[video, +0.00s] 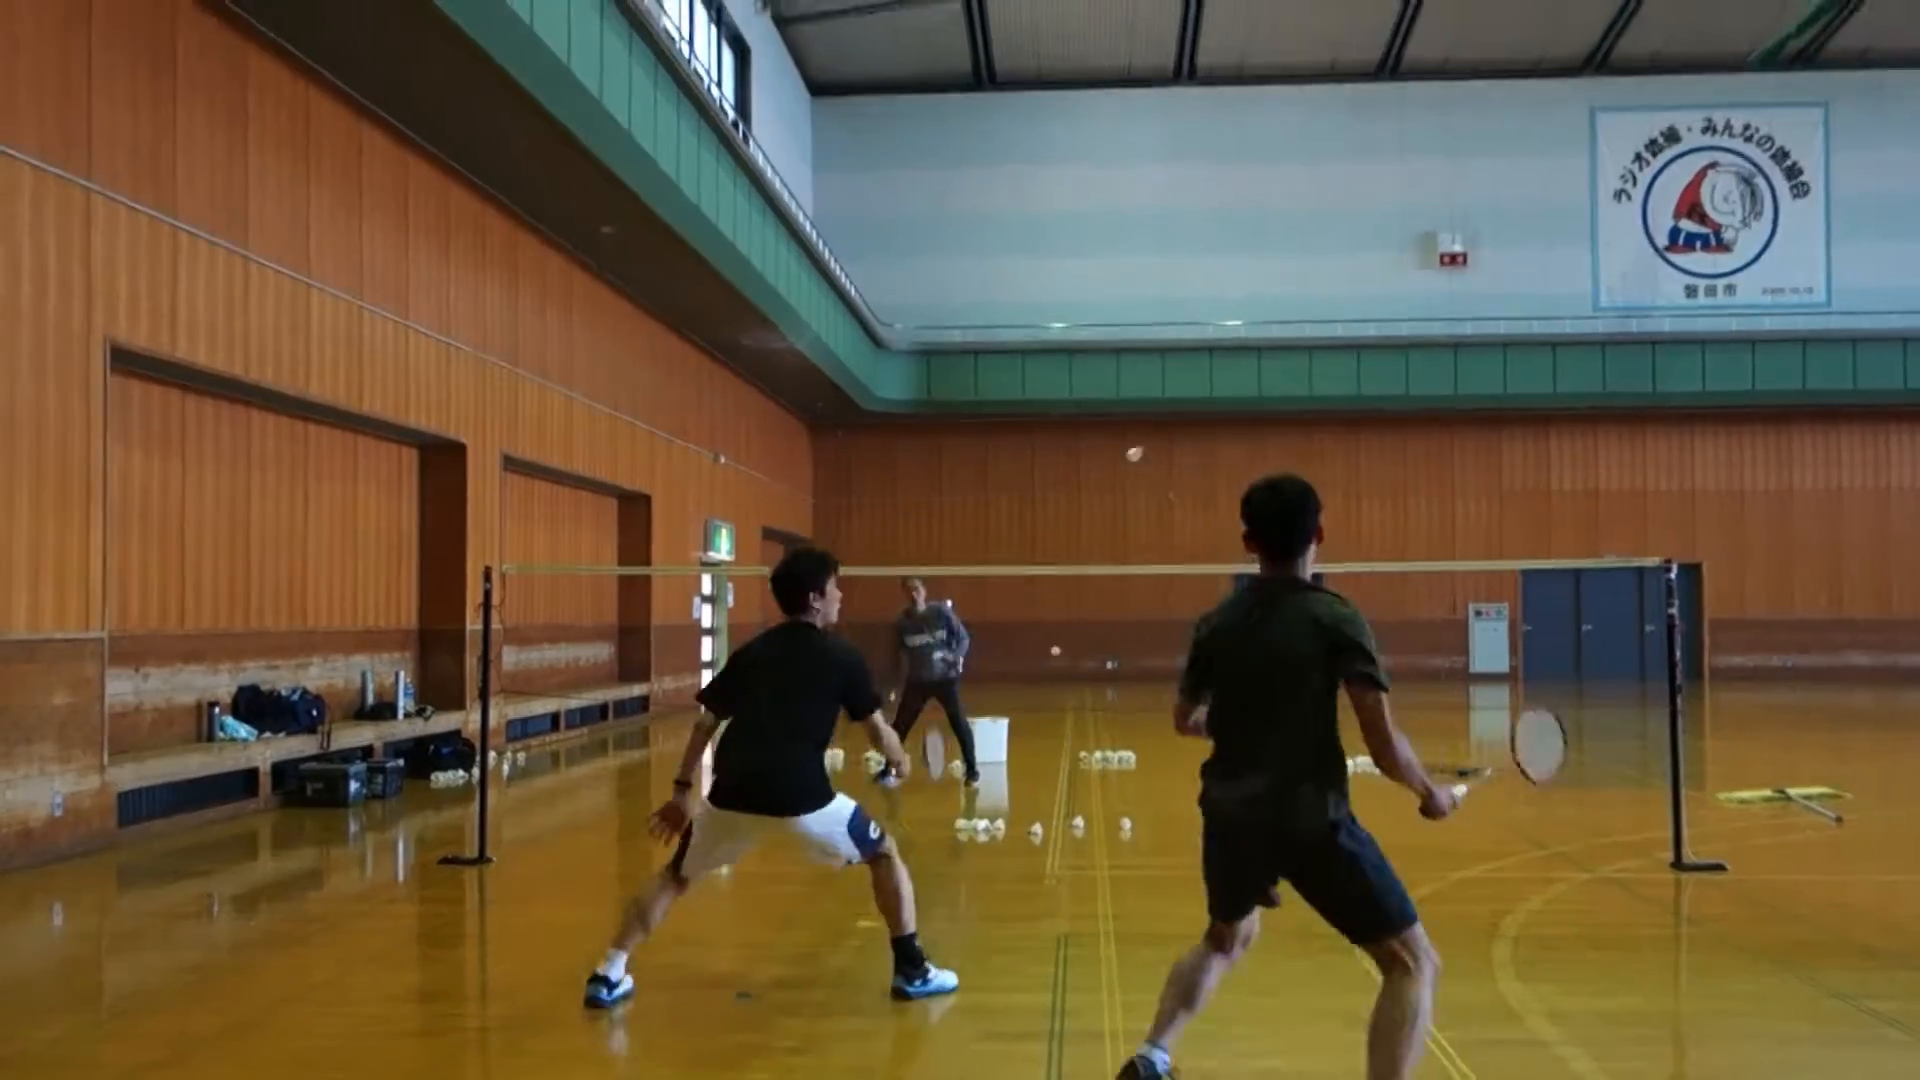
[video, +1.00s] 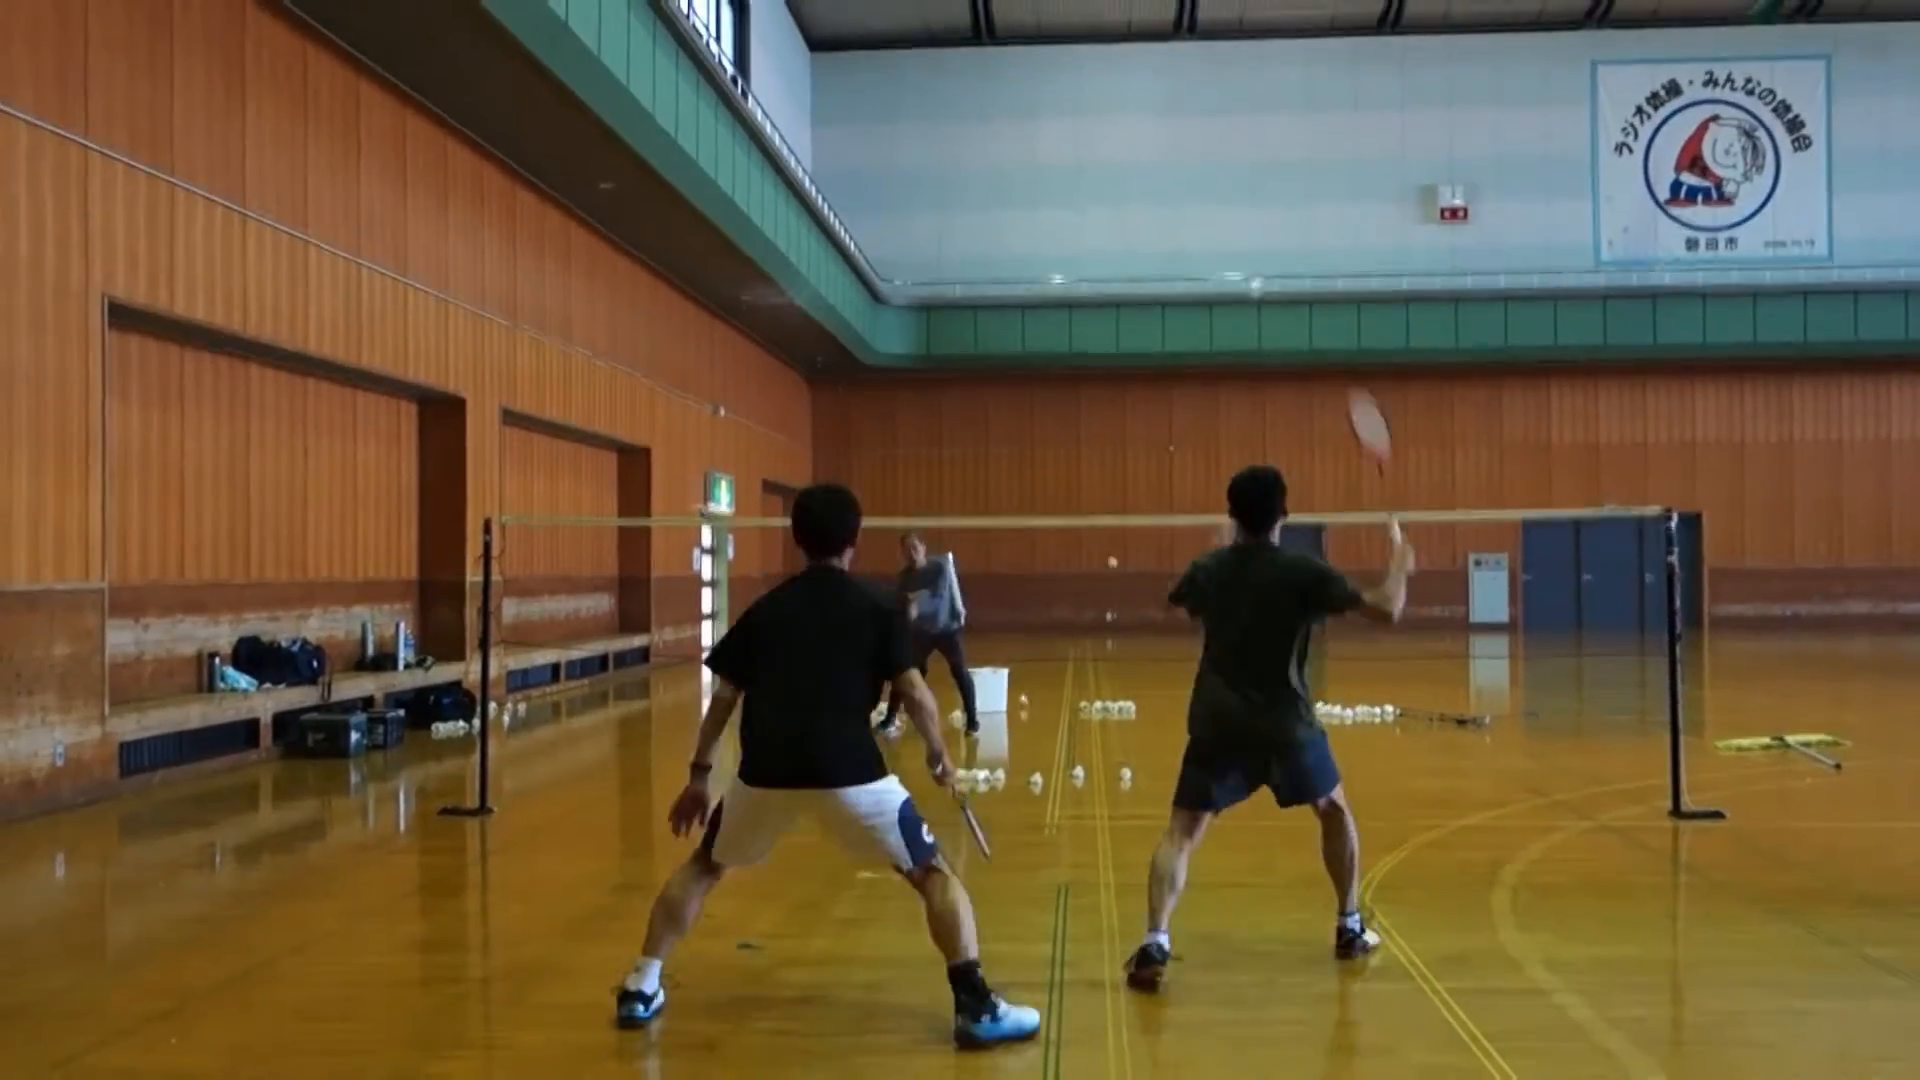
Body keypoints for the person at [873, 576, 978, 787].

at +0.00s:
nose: (914, 595)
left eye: (916, 589)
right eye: (910, 591)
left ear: (924, 590)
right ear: (905, 594)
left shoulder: (941, 612)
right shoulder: (903, 622)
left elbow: (963, 637)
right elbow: (901, 656)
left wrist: (958, 658)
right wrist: (898, 686)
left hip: (944, 678)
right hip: (917, 681)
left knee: (958, 723)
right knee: (900, 725)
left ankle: (971, 768)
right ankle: (888, 767)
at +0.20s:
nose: (912, 539)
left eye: (915, 534)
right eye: (907, 535)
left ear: (922, 533)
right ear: (903, 538)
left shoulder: (941, 554)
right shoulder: (905, 563)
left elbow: (939, 585)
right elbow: (902, 594)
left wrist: (910, 585)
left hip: (945, 618)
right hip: (919, 620)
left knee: (958, 660)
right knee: (902, 662)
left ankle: (970, 704)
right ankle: (889, 705)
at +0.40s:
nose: (917, 507)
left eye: (920, 502)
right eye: (912, 504)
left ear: (928, 503)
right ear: (908, 507)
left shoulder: (943, 523)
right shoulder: (906, 536)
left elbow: (956, 552)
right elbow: (906, 565)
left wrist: (948, 576)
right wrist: (915, 587)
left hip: (947, 590)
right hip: (921, 592)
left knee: (961, 632)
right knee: (904, 636)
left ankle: (971, 677)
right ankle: (888, 677)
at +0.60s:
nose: (919, 534)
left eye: (922, 529)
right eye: (914, 530)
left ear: (928, 531)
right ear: (908, 535)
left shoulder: (945, 553)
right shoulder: (904, 565)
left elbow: (963, 580)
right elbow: (906, 596)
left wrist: (958, 607)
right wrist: (924, 612)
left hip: (946, 618)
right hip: (919, 621)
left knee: (960, 661)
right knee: (900, 664)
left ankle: (970, 708)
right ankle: (888, 709)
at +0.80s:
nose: (915, 553)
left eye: (918, 547)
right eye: (910, 549)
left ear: (925, 549)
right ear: (905, 553)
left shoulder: (941, 571)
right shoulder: (904, 580)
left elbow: (956, 599)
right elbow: (896, 612)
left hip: (946, 634)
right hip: (920, 636)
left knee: (961, 677)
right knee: (905, 681)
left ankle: (972, 723)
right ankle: (890, 723)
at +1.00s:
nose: (913, 553)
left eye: (916, 547)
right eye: (908, 549)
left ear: (923, 548)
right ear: (904, 552)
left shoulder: (941, 567)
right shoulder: (904, 577)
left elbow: (940, 598)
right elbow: (902, 605)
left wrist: (916, 604)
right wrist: (905, 624)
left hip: (946, 629)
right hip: (920, 630)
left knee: (960, 672)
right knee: (905, 674)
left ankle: (971, 717)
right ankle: (890, 717)